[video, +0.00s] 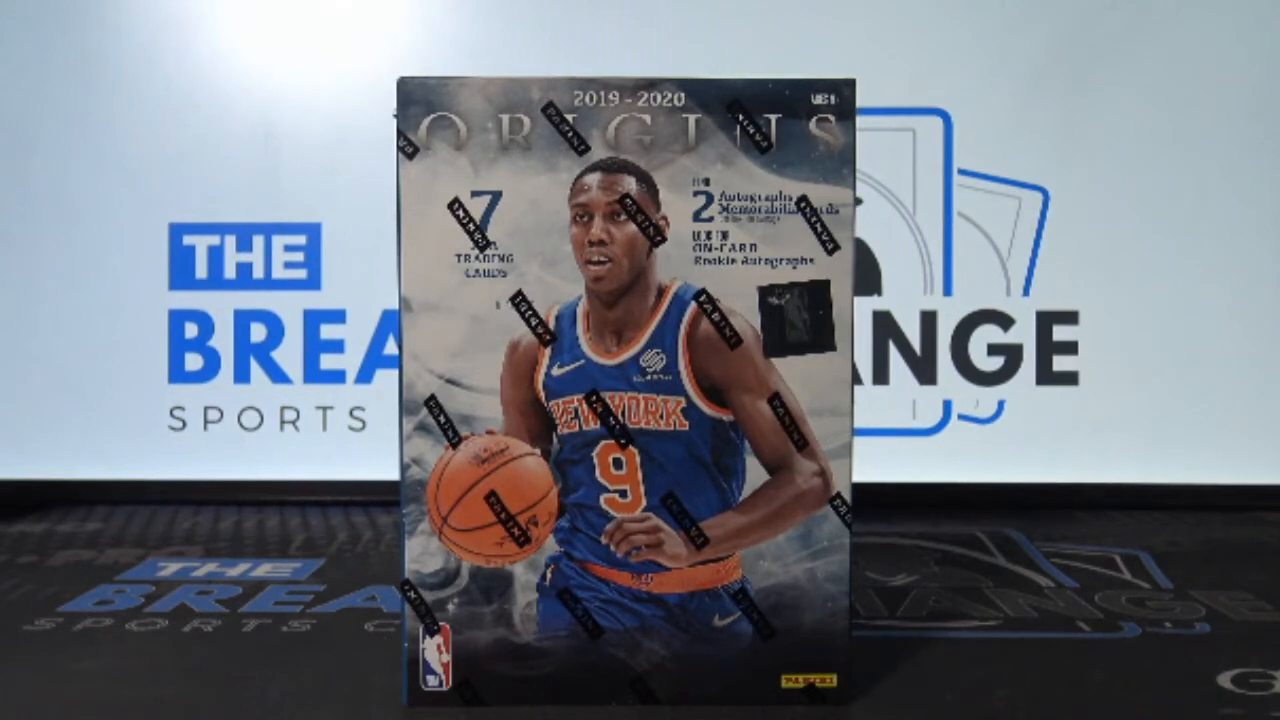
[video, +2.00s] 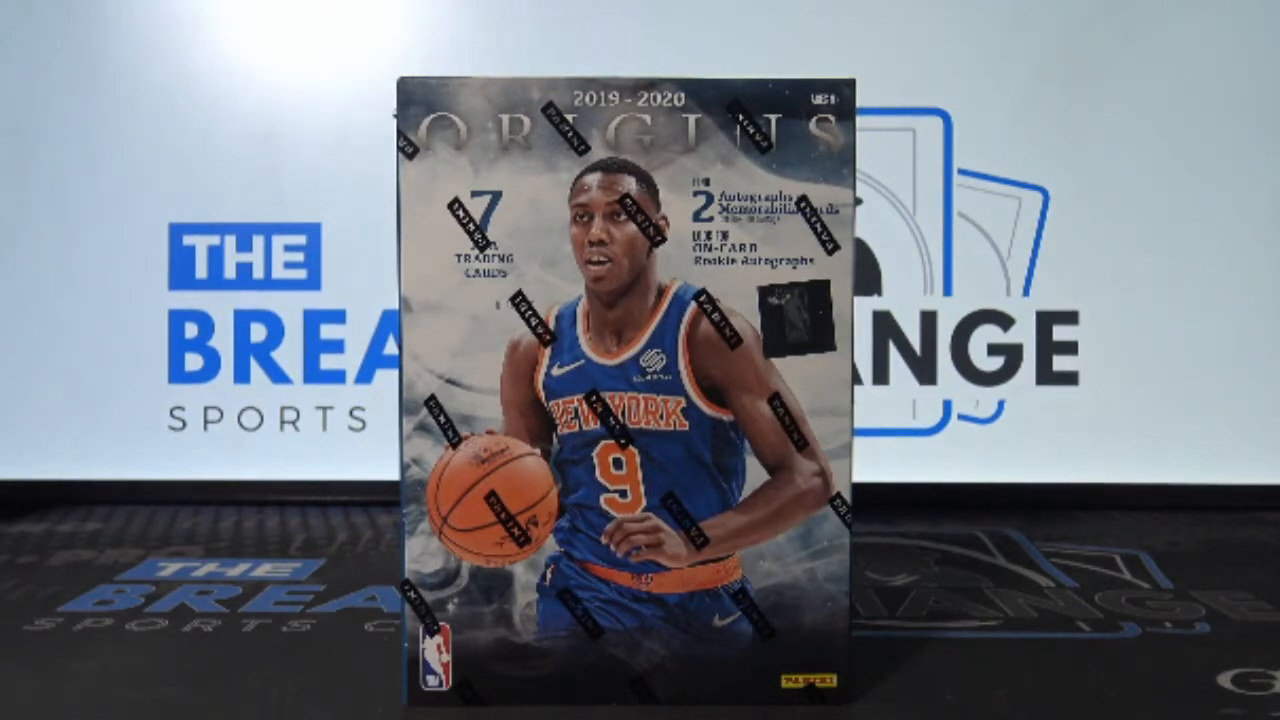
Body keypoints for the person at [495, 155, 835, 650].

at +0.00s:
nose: (595, 234)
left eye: (617, 216)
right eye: (582, 218)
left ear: (657, 230)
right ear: (570, 231)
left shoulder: (712, 334)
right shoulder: (534, 352)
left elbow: (809, 476)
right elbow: (525, 486)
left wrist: (694, 543)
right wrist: (479, 468)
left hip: (697, 613)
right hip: (583, 606)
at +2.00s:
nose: (595, 235)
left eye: (617, 216)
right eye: (582, 218)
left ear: (657, 229)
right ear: (570, 231)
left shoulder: (712, 334)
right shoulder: (534, 352)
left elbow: (810, 475)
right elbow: (526, 488)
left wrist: (695, 543)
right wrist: (476, 472)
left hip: (697, 613)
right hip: (582, 606)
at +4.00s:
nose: (595, 235)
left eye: (617, 216)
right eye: (582, 218)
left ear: (657, 230)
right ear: (570, 232)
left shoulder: (712, 334)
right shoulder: (534, 352)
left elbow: (809, 476)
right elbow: (529, 488)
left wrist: (696, 542)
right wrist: (480, 472)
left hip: (698, 614)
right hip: (583, 606)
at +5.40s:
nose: (595, 235)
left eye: (617, 216)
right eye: (582, 218)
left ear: (657, 229)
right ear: (569, 232)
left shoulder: (712, 334)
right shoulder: (534, 353)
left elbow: (810, 478)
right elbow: (529, 491)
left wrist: (696, 541)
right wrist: (487, 468)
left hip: (698, 612)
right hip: (584, 606)